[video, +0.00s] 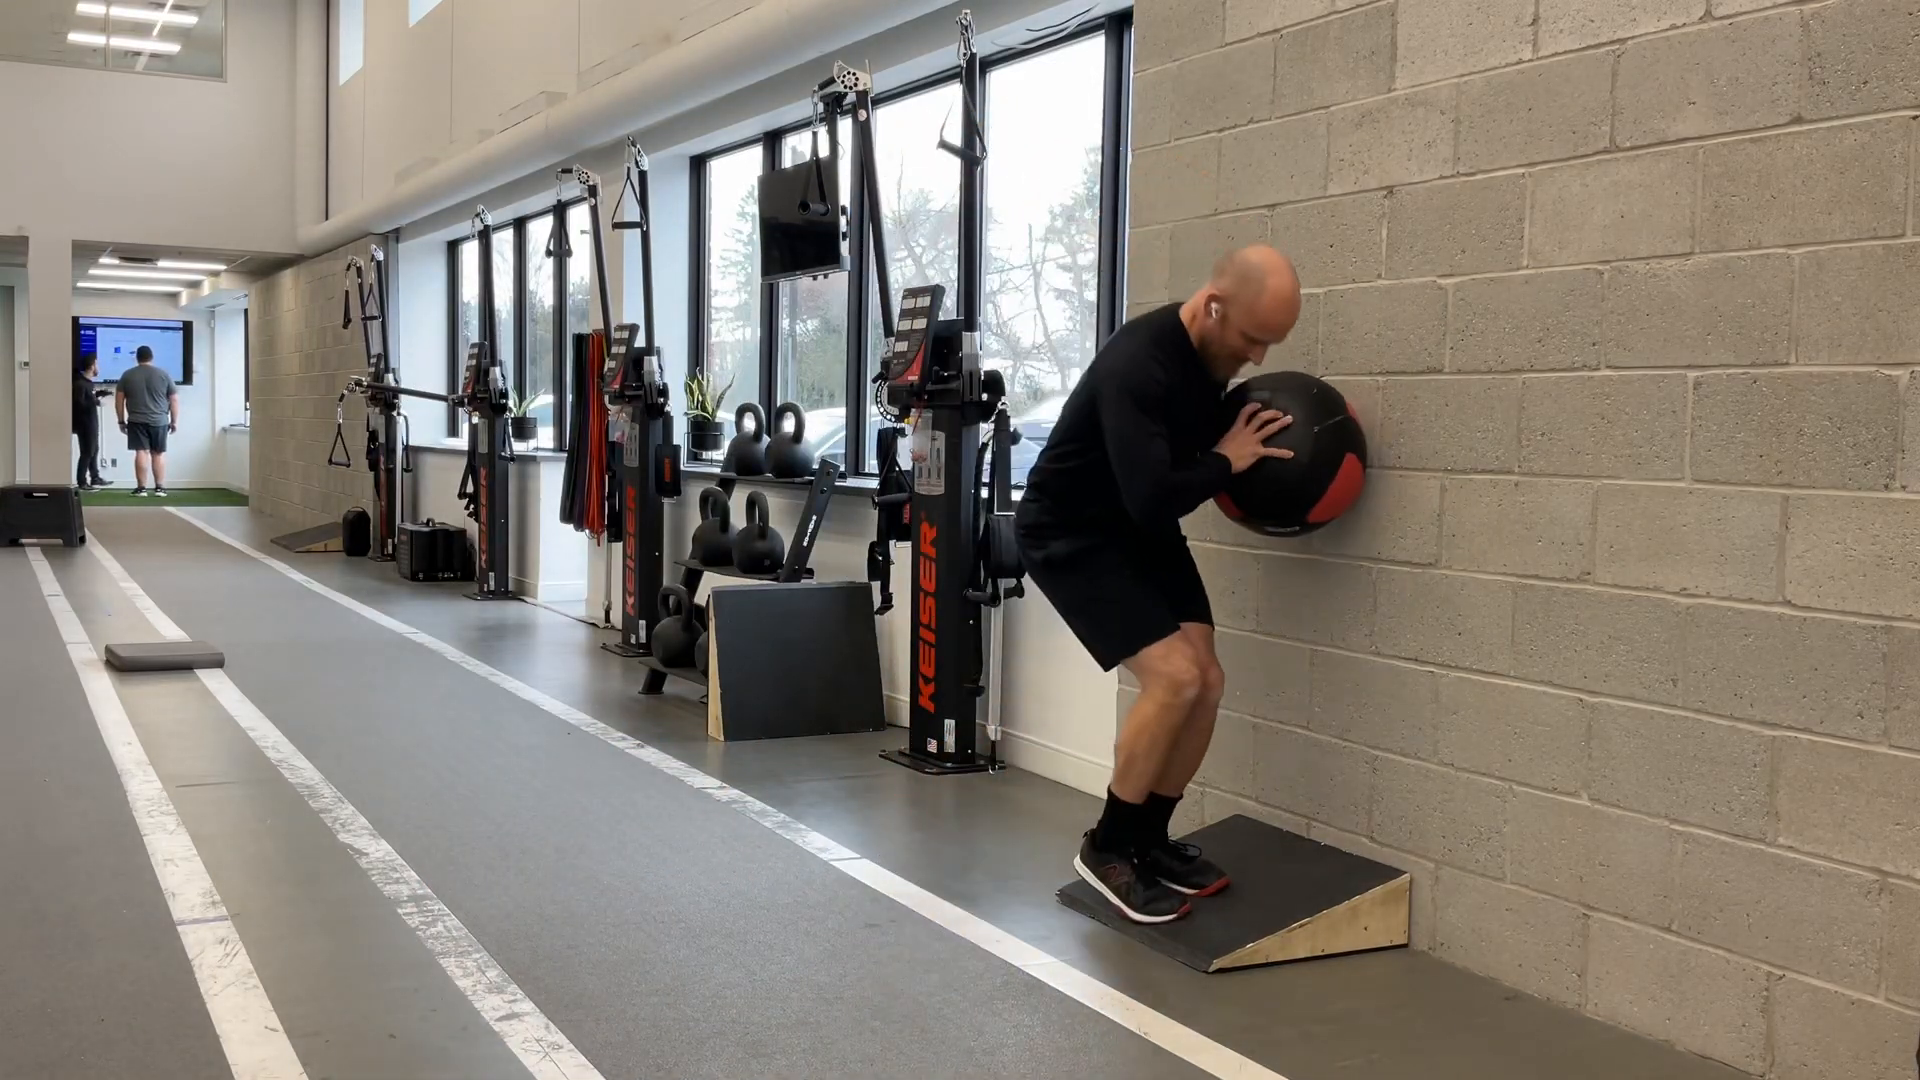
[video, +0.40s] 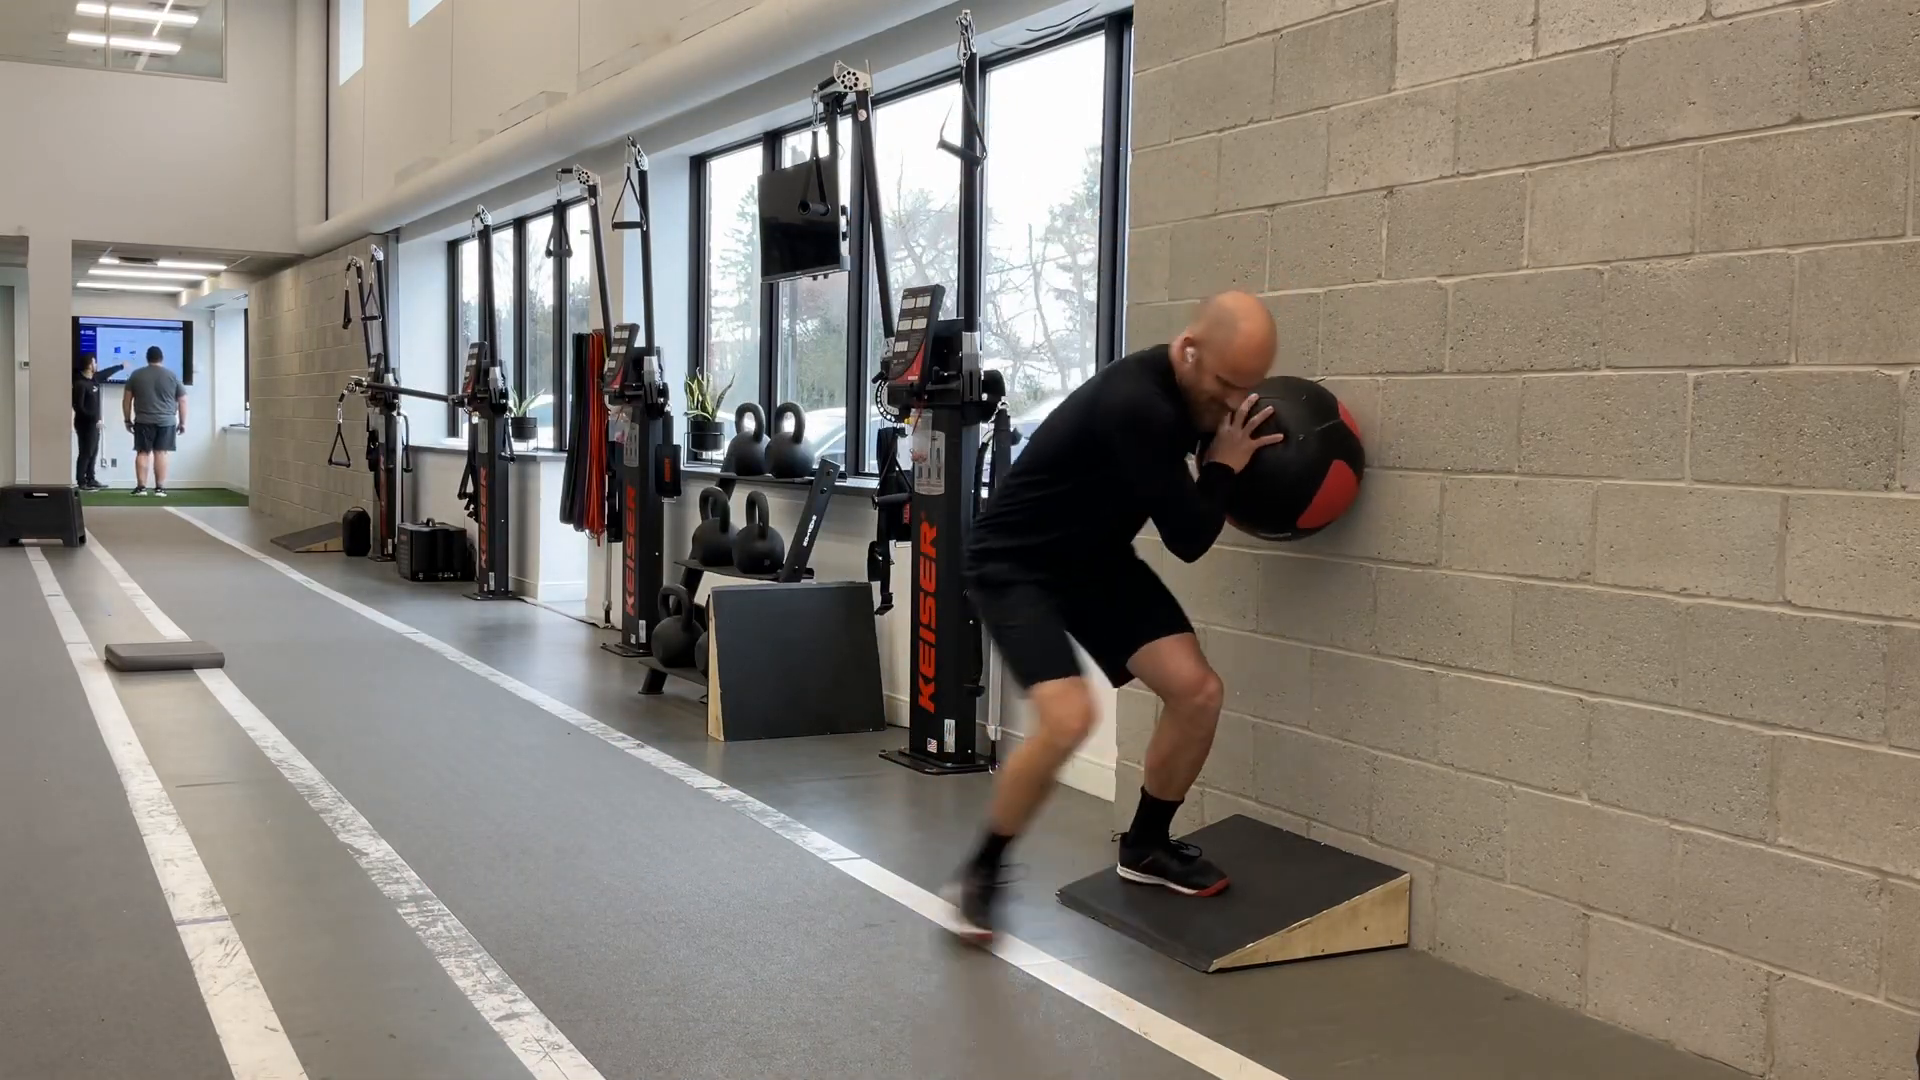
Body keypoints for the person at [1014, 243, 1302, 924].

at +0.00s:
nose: (1257, 357)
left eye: (1269, 345)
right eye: (1251, 340)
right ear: (1210, 305)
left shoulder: (1208, 359)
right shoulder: (1139, 361)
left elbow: (1188, 447)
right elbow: (1149, 497)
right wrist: (1223, 460)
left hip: (1141, 524)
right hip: (1071, 527)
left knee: (1207, 680)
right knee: (1178, 676)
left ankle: (1149, 837)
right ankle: (1108, 845)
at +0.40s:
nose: (1233, 404)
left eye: (1245, 392)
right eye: (1225, 386)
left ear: (1261, 373)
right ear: (1185, 353)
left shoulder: (1194, 395)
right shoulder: (1136, 403)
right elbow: (1187, 537)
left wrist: (1293, 455)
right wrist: (1224, 467)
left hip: (1093, 556)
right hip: (1012, 554)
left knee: (1197, 692)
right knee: (1069, 714)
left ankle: (1146, 845)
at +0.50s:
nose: (1179, 364)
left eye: (1188, 350)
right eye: (1169, 347)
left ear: (1192, 334)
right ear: (1125, 324)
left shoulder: (1125, 373)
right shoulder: (1092, 394)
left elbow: (1169, 421)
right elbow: (1169, 509)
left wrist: (1251, 439)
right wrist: (1215, 455)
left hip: (1056, 562)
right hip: (969, 563)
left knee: (1171, 695)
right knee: (943, 723)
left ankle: (1144, 848)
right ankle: (837, 873)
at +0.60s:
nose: (1062, 293)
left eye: (1074, 278)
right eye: (1047, 275)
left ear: (1084, 272)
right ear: (1013, 261)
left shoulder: (1052, 344)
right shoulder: (990, 337)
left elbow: (1102, 413)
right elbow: (1083, 445)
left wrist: (1170, 446)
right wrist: (1162, 442)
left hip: (982, 542)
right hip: (891, 536)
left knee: (1090, 695)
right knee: (811, 690)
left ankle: (1138, 846)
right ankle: (690, 868)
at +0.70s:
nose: (946, 258)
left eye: (961, 244)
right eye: (931, 239)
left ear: (977, 235)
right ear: (898, 220)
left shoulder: (952, 304)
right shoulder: (863, 286)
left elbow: (984, 395)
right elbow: (914, 389)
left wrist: (1049, 427)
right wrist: (1013, 429)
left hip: (889, 524)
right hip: (799, 519)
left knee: (1005, 678)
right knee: (694, 692)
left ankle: (1051, 837)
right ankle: (532, 879)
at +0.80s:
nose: (829, 281)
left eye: (842, 262)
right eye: (811, 262)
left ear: (857, 248)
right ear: (769, 243)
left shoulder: (857, 338)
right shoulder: (729, 313)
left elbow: (881, 449)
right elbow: (725, 444)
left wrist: (963, 473)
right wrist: (838, 454)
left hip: (784, 556)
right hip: (692, 557)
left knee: (927, 685)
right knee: (602, 742)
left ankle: (832, 821)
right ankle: (442, 933)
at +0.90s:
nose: (720, 340)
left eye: (734, 321)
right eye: (703, 323)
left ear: (753, 305)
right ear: (668, 304)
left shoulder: (771, 398)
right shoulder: (608, 378)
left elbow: (789, 524)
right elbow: (535, 492)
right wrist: (659, 480)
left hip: (696, 608)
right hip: (591, 603)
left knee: (788, 750)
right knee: (553, 781)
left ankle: (636, 831)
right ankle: (412, 951)